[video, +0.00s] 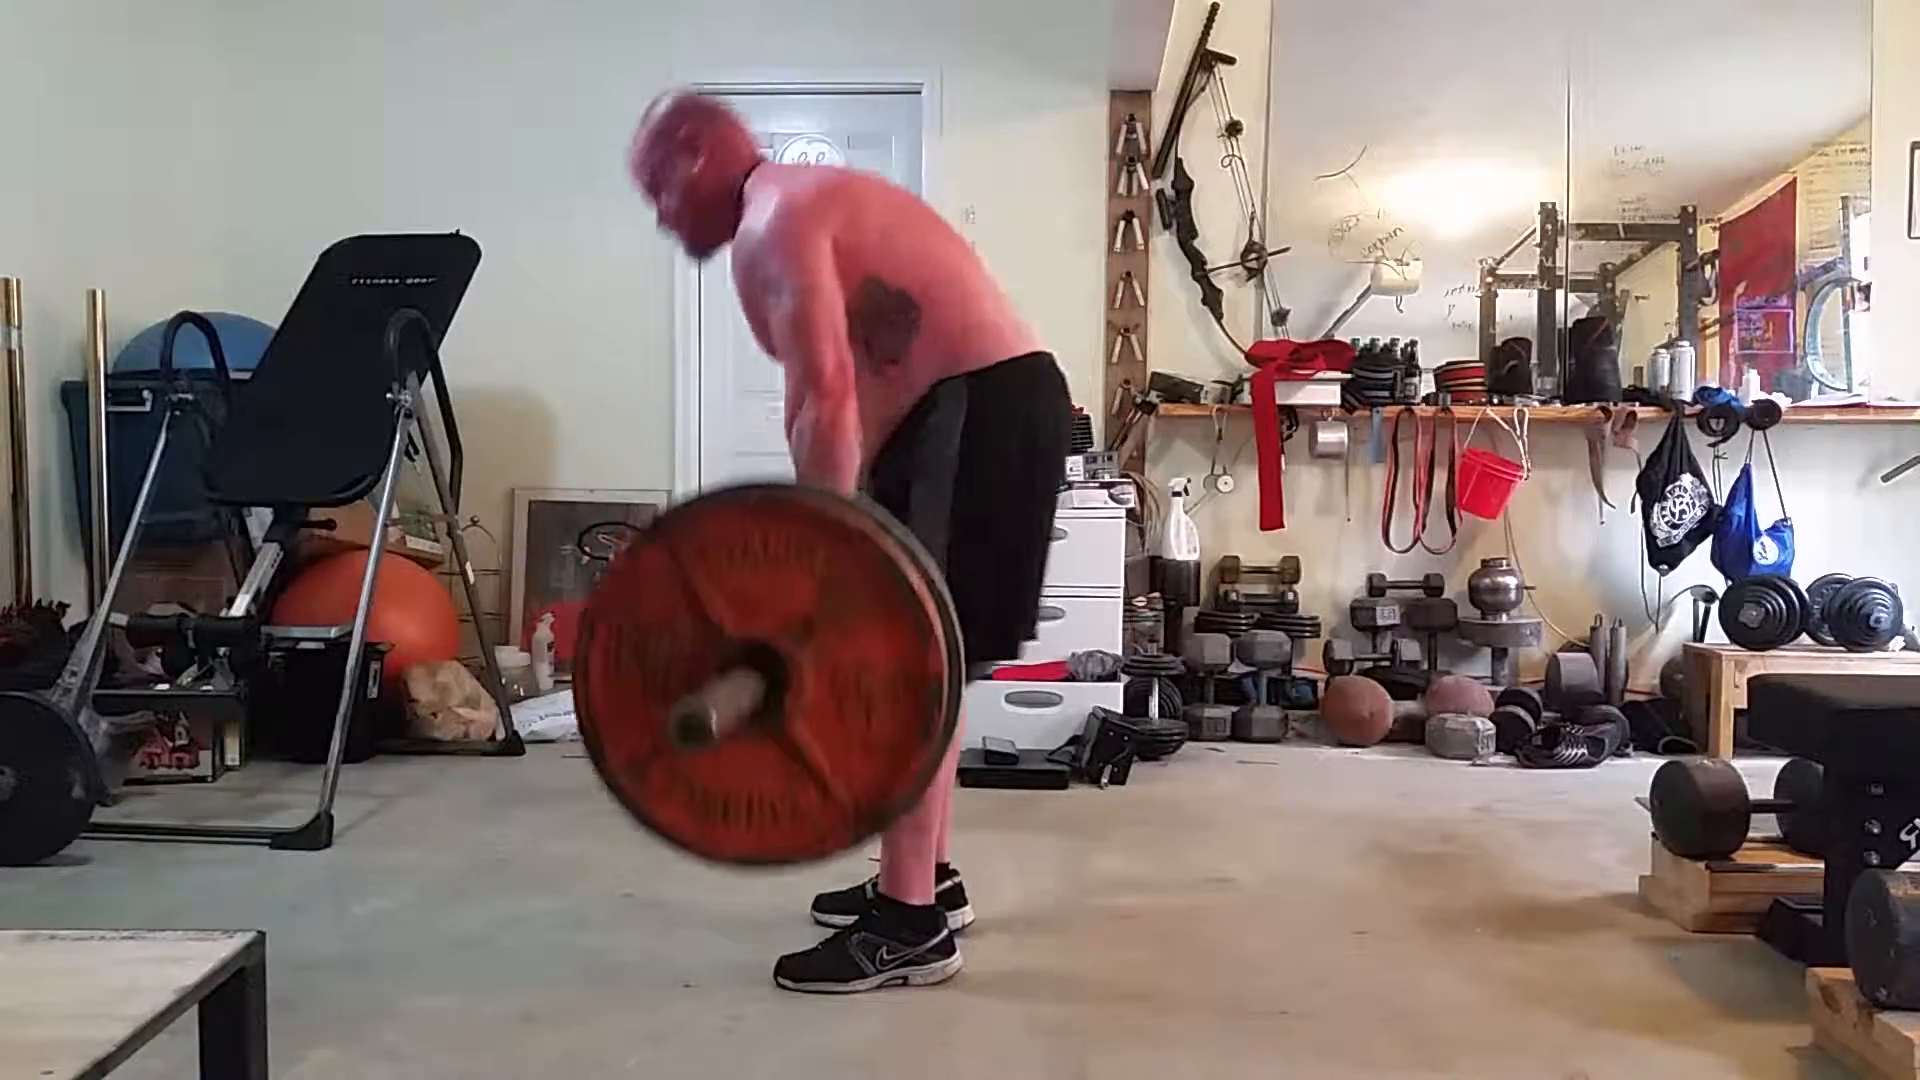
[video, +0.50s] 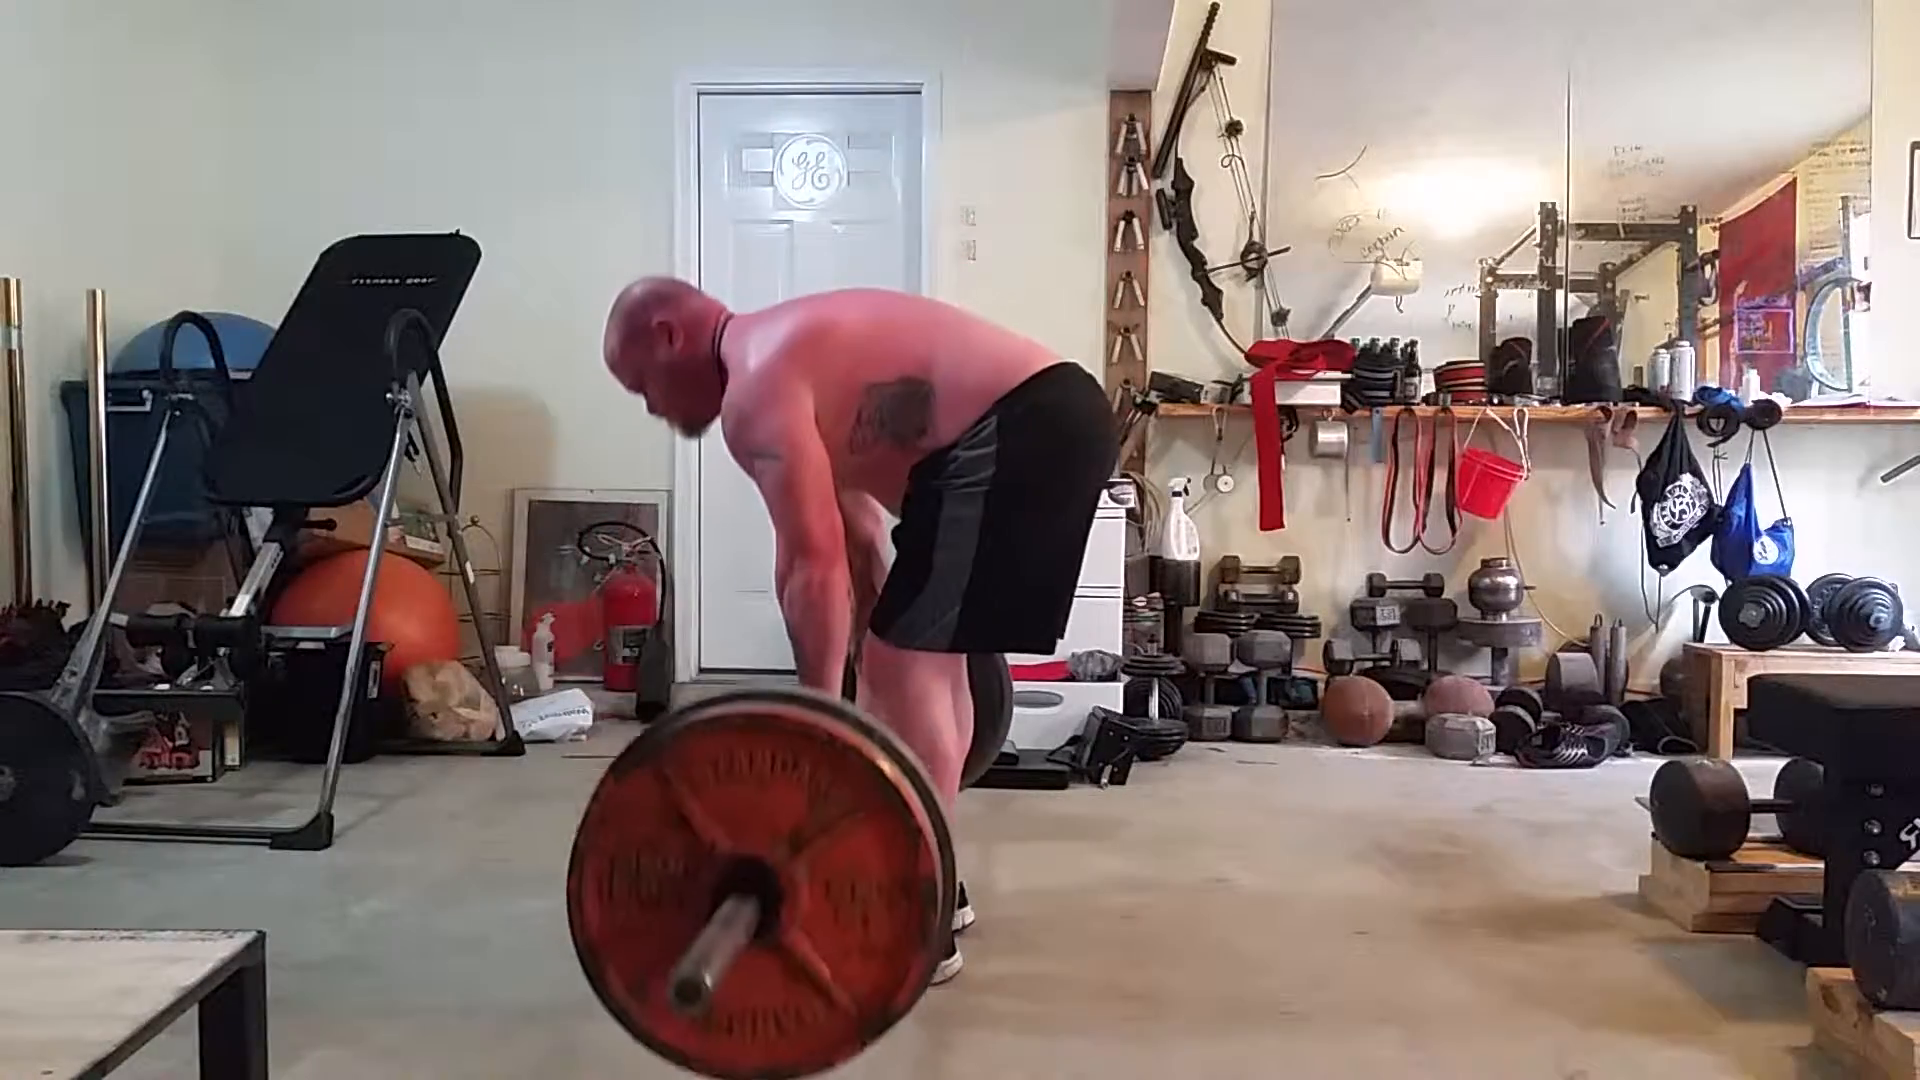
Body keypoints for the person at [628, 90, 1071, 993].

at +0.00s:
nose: (658, 215)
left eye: (656, 189)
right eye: (648, 197)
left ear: (701, 155)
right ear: (719, 149)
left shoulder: (779, 218)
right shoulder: (798, 206)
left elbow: (826, 397)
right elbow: (839, 396)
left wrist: (811, 571)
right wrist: (823, 568)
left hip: (971, 409)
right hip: (970, 408)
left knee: (913, 656)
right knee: (922, 651)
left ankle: (909, 916)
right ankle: (923, 878)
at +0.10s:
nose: (652, 268)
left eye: (647, 243)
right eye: (642, 253)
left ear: (684, 198)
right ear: (692, 196)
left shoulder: (769, 259)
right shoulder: (778, 258)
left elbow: (820, 442)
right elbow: (826, 452)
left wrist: (812, 612)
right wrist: (824, 607)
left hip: (985, 416)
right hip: (955, 425)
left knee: (909, 671)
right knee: (913, 664)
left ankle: (908, 916)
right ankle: (923, 878)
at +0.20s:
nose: (650, 313)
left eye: (645, 289)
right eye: (640, 298)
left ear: (681, 244)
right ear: (690, 240)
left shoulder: (765, 295)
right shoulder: (776, 287)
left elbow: (817, 477)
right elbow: (859, 485)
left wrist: (812, 652)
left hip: (998, 422)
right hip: (974, 427)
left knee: (921, 670)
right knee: (912, 667)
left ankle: (908, 918)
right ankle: (917, 880)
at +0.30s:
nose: (651, 352)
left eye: (642, 328)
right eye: (638, 336)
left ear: (673, 280)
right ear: (685, 274)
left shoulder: (762, 331)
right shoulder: (774, 319)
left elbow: (815, 512)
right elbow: (863, 515)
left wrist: (813, 678)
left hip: (1008, 421)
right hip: (1013, 416)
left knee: (905, 664)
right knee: (930, 665)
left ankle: (910, 921)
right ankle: (921, 887)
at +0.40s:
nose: (649, 382)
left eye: (640, 358)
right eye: (635, 366)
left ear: (673, 312)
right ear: (682, 306)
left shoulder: (760, 366)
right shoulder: (780, 341)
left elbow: (812, 539)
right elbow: (861, 529)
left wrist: (816, 705)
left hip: (1009, 428)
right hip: (1032, 415)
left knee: (899, 664)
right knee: (924, 661)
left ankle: (918, 916)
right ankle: (928, 890)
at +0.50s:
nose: (649, 408)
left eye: (641, 387)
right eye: (637, 395)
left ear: (673, 337)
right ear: (680, 332)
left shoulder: (760, 392)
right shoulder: (781, 364)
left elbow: (812, 565)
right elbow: (861, 544)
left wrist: (812, 732)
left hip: (1016, 430)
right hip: (1036, 420)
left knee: (897, 658)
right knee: (922, 657)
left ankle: (920, 910)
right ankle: (929, 890)